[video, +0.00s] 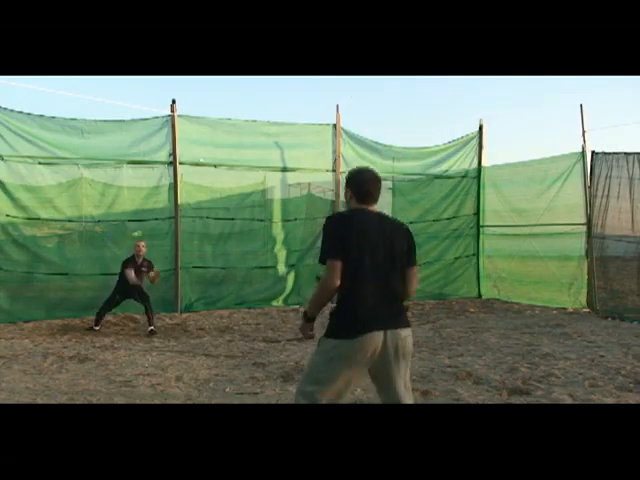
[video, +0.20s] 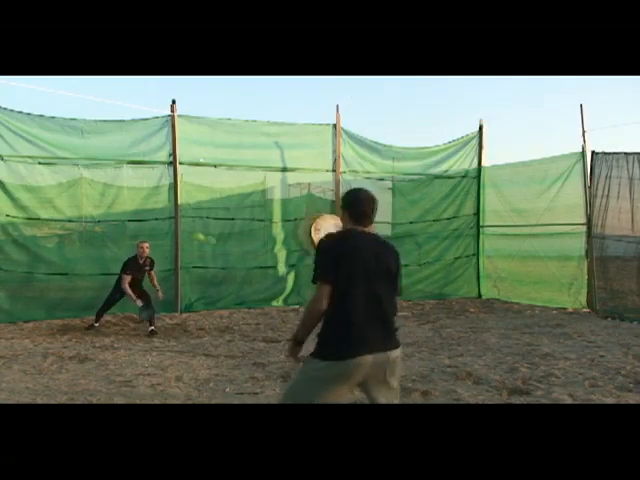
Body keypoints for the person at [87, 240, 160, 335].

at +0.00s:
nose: (140, 249)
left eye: (142, 247)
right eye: (137, 246)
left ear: (145, 249)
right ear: (134, 249)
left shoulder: (148, 264)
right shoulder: (128, 262)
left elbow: (152, 280)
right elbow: (131, 280)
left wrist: (155, 277)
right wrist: (138, 282)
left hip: (136, 290)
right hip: (122, 290)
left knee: (146, 300)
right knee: (105, 308)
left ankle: (151, 327)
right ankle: (96, 326)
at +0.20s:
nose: (144, 250)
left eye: (146, 248)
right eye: (141, 248)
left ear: (149, 250)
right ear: (137, 250)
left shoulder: (149, 262)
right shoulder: (130, 263)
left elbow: (151, 275)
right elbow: (124, 284)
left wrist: (158, 289)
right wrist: (135, 299)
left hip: (137, 286)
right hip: (123, 284)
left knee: (147, 300)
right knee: (109, 302)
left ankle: (152, 327)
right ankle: (95, 322)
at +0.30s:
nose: (138, 249)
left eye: (140, 247)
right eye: (135, 246)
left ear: (143, 249)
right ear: (131, 248)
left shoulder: (146, 261)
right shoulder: (122, 261)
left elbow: (149, 273)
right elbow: (115, 279)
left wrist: (151, 287)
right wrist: (122, 294)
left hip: (135, 287)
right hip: (121, 286)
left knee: (146, 304)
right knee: (101, 307)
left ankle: (151, 327)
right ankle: (96, 325)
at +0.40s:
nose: (130, 245)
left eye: (132, 243)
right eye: (127, 243)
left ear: (135, 245)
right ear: (124, 244)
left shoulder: (139, 258)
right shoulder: (114, 257)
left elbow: (143, 271)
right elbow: (106, 273)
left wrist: (145, 285)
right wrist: (110, 290)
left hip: (131, 287)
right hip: (116, 286)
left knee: (142, 303)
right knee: (99, 304)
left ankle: (150, 327)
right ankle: (95, 325)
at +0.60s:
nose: (120, 240)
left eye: (123, 237)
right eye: (118, 237)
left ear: (127, 239)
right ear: (115, 239)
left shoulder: (132, 254)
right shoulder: (106, 253)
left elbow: (137, 269)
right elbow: (98, 268)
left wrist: (139, 286)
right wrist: (98, 283)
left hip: (126, 283)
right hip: (110, 283)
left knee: (133, 299)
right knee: (97, 301)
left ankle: (136, 323)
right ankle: (94, 324)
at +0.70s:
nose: (121, 239)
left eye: (123, 236)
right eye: (118, 236)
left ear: (128, 239)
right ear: (115, 238)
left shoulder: (132, 254)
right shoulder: (107, 251)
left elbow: (137, 270)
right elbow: (96, 265)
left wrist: (138, 288)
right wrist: (91, 280)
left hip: (124, 283)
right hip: (108, 283)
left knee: (129, 305)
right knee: (96, 302)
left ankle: (132, 325)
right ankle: (93, 324)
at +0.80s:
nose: (121, 241)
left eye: (123, 238)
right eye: (119, 238)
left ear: (127, 241)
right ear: (116, 240)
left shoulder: (131, 256)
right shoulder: (107, 253)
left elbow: (136, 272)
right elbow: (93, 266)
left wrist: (135, 288)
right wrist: (86, 281)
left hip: (122, 283)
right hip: (106, 282)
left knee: (128, 305)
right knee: (90, 302)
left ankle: (133, 325)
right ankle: (91, 320)